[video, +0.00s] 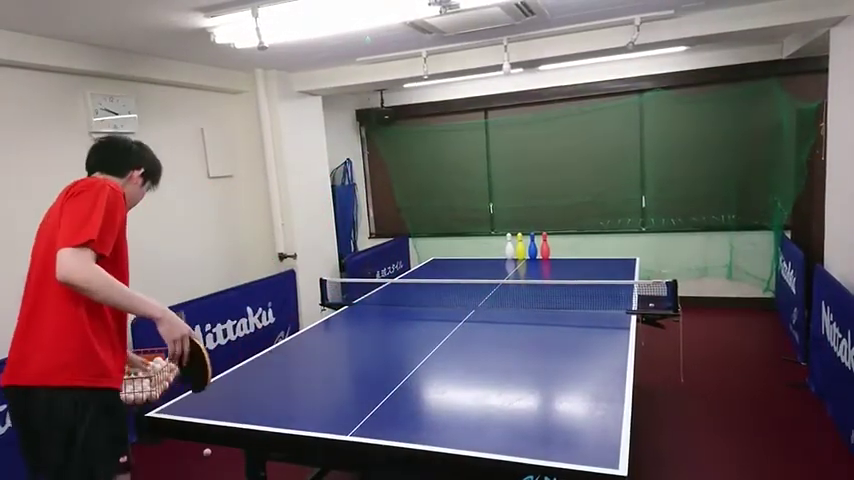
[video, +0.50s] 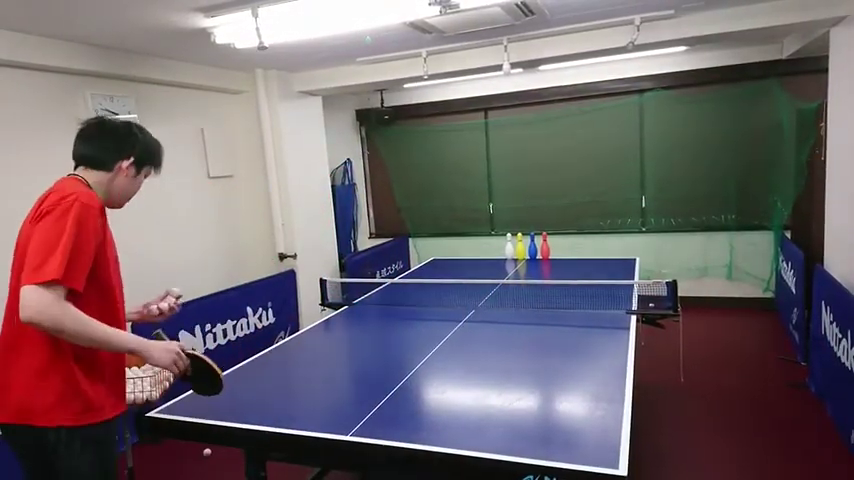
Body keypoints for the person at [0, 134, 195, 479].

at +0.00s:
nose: (138, 201)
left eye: (145, 193)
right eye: (144, 191)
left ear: (96, 167)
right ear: (135, 175)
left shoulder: (65, 202)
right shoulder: (101, 190)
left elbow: (64, 311)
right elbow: (74, 267)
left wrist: (123, 357)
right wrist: (161, 313)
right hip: (71, 384)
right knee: (97, 471)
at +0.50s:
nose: (137, 191)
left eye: (144, 181)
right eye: (142, 179)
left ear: (87, 157)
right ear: (125, 167)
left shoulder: (65, 197)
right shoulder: (76, 203)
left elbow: (68, 310)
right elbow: (38, 306)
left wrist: (137, 314)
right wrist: (145, 348)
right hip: (62, 418)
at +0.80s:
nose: (139, 172)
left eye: (142, 160)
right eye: (139, 158)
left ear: (106, 156)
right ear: (109, 154)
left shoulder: (83, 209)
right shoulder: (37, 214)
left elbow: (93, 307)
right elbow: (23, 339)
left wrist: (178, 311)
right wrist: (150, 352)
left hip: (103, 439)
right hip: (55, 454)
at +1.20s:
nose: (183, 174)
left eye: (184, 162)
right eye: (179, 161)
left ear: (138, 158)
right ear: (138, 157)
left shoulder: (145, 209)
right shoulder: (51, 224)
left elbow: (170, 296)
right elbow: (61, 348)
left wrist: (257, 316)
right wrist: (188, 343)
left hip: (157, 430)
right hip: (83, 456)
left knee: (190, 472)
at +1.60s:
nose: (248, 195)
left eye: (251, 186)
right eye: (245, 183)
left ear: (208, 168)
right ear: (207, 166)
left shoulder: (213, 214)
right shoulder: (117, 216)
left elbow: (231, 293)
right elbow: (126, 338)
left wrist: (283, 329)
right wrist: (246, 343)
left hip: (182, 415)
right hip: (114, 432)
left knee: (204, 472)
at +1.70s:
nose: (252, 202)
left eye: (257, 193)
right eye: (251, 189)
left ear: (215, 172)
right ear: (215, 170)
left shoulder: (216, 217)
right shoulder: (123, 218)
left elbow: (231, 296)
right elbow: (132, 341)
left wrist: (284, 333)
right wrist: (250, 347)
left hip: (180, 416)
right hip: (113, 433)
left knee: (203, 472)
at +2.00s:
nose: (252, 207)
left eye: (257, 197)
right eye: (251, 194)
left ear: (215, 177)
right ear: (215, 175)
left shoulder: (211, 221)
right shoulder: (121, 225)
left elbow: (226, 305)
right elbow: (134, 349)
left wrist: (284, 340)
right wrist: (251, 354)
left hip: (173, 419)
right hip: (105, 438)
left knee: (201, 472)